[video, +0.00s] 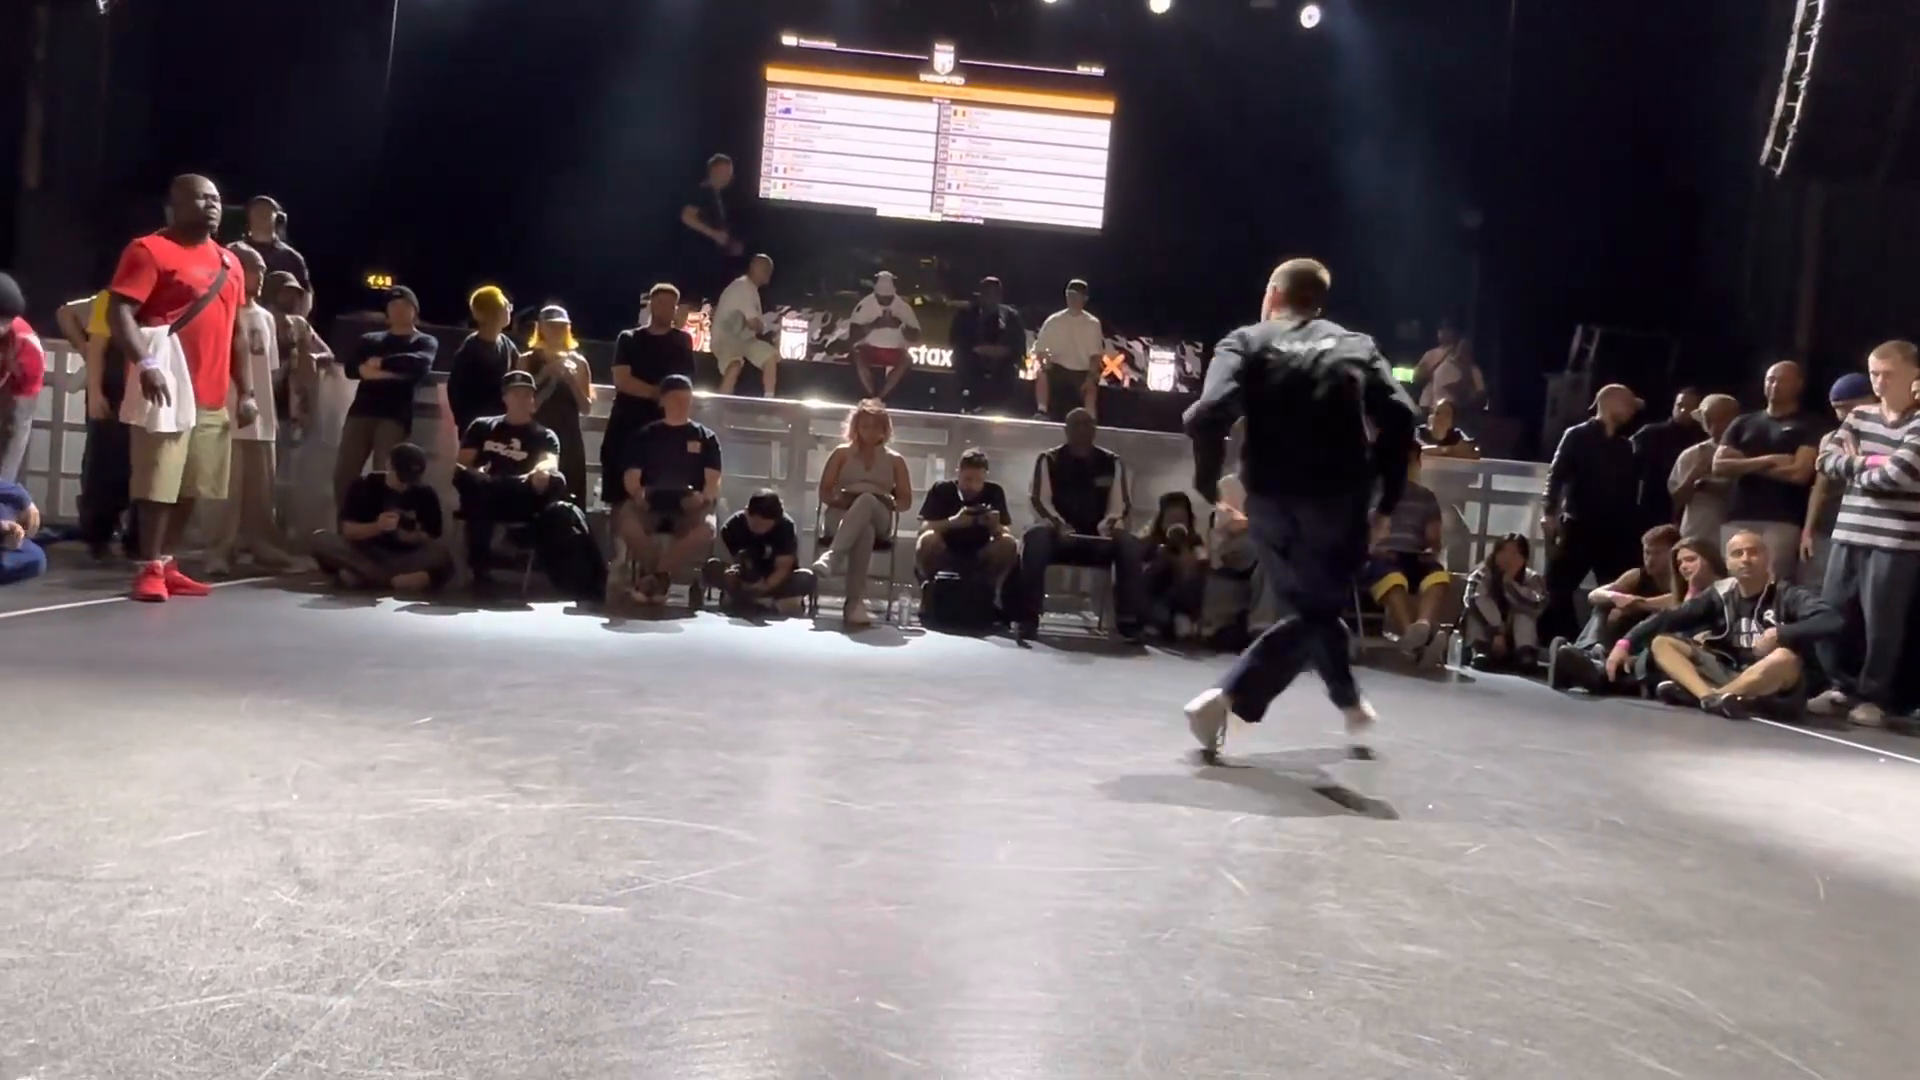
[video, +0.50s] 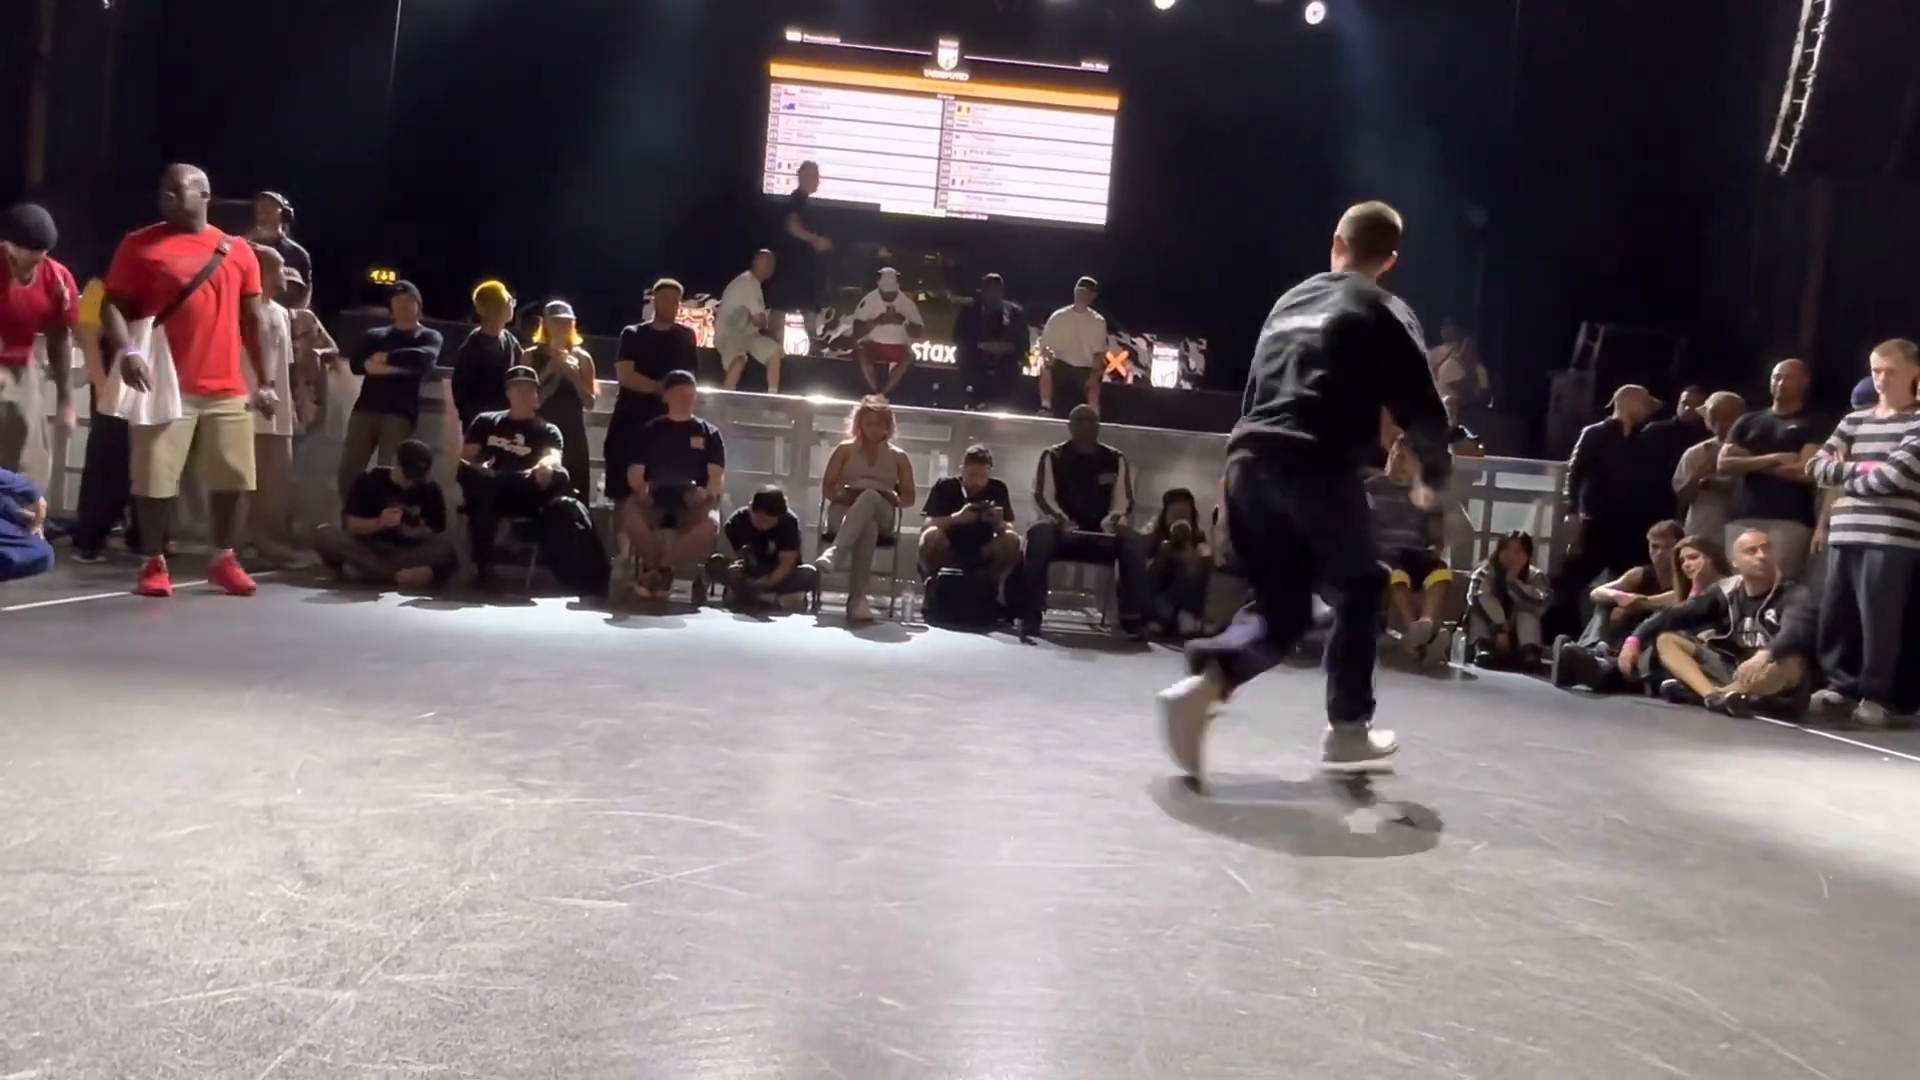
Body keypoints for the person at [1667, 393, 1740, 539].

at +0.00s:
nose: (1719, 428)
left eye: (1725, 421)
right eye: (1714, 421)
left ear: (1736, 421)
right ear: (1706, 423)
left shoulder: (1745, 453)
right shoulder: (1691, 456)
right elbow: (1677, 498)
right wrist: (1693, 475)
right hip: (1697, 533)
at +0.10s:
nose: (1720, 427)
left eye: (1725, 420)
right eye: (1715, 421)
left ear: (1737, 420)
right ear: (1707, 423)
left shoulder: (1745, 453)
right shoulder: (1691, 456)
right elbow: (1678, 498)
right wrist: (1695, 475)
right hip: (1698, 531)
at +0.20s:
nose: (1719, 428)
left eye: (1726, 421)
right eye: (1713, 421)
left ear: (1738, 420)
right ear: (1707, 422)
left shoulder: (1747, 453)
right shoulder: (1692, 456)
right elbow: (1679, 498)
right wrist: (1696, 474)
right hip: (1700, 533)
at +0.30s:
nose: (1721, 427)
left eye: (1727, 421)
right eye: (1715, 421)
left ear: (1739, 420)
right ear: (1708, 422)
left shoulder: (1748, 453)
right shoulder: (1693, 455)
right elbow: (1680, 498)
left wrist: (1714, 486)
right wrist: (1697, 474)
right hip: (1700, 532)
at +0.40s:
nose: (1722, 427)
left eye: (1728, 420)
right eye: (1716, 421)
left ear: (1740, 419)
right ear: (1709, 422)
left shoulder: (1750, 452)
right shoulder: (1694, 455)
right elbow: (1680, 499)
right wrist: (1696, 477)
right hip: (1701, 535)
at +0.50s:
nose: (1723, 426)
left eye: (1729, 419)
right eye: (1717, 419)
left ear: (1741, 419)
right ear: (1709, 421)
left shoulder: (1750, 452)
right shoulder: (1694, 455)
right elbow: (1681, 497)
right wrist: (1696, 478)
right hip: (1702, 533)